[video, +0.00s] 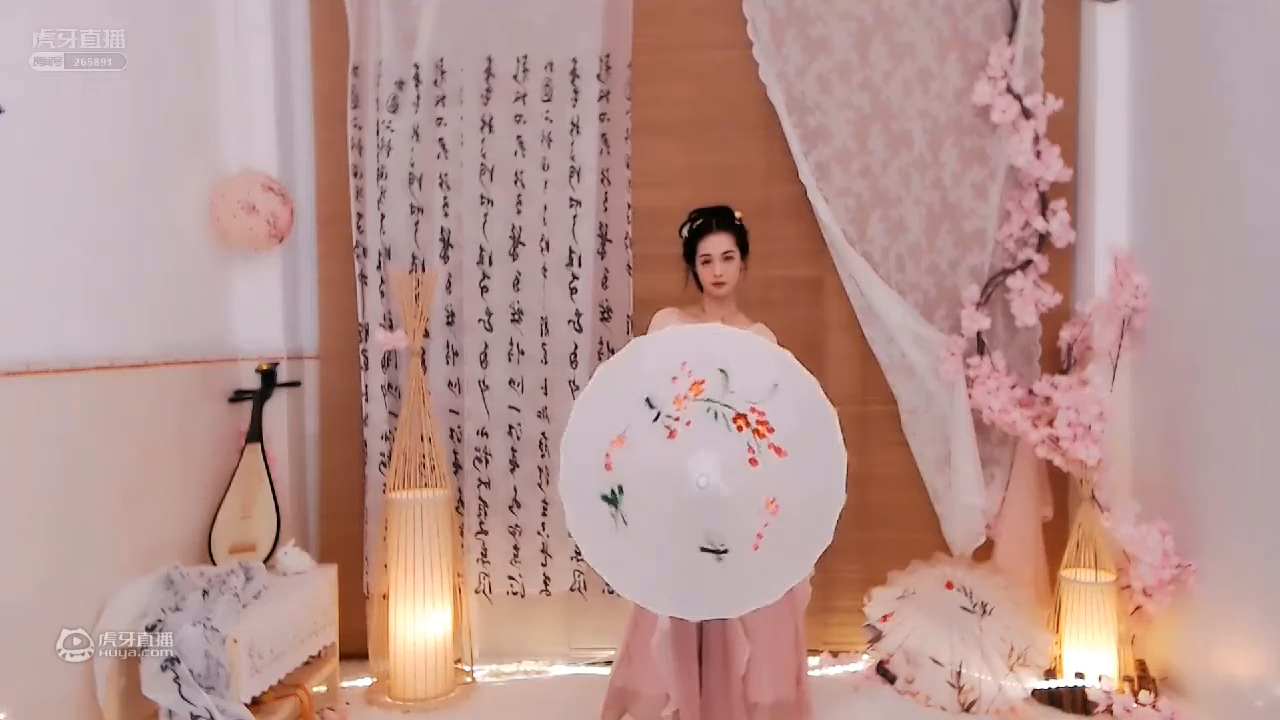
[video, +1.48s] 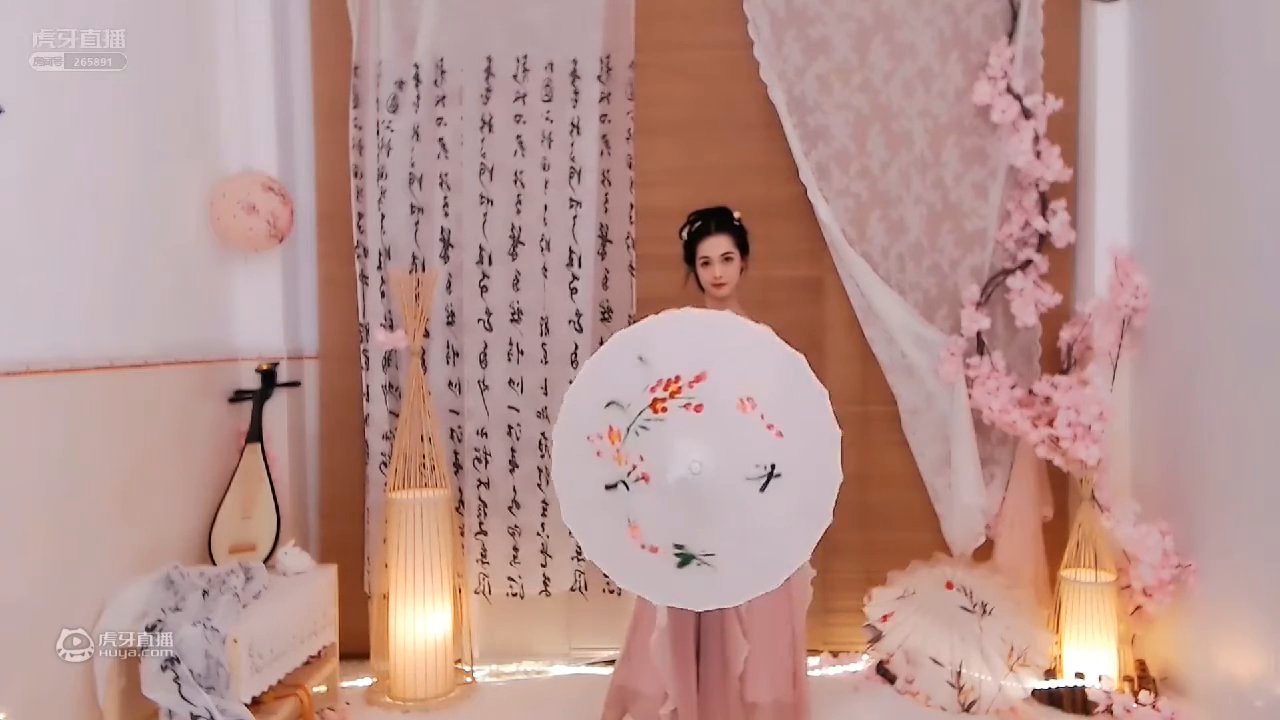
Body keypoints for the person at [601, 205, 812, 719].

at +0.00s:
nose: (717, 270)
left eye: (727, 257)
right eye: (706, 260)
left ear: (743, 262)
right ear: (692, 266)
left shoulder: (760, 335)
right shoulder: (669, 323)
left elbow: (779, 424)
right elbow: (649, 410)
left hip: (744, 489)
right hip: (680, 486)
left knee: (743, 607)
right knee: (678, 606)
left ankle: (741, 710)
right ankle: (678, 711)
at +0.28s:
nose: (717, 270)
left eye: (727, 258)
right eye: (706, 260)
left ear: (743, 263)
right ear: (692, 266)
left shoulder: (760, 335)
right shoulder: (670, 322)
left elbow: (781, 416)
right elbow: (649, 407)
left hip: (745, 478)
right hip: (678, 474)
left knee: (743, 595)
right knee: (678, 594)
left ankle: (741, 708)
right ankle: (675, 709)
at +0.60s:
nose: (718, 270)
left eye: (729, 258)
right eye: (708, 260)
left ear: (745, 263)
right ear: (695, 268)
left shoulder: (761, 339)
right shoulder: (673, 337)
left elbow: (786, 430)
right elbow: (651, 421)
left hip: (750, 485)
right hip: (683, 483)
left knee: (747, 605)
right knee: (683, 606)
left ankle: (747, 709)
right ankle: (679, 710)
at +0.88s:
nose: (719, 271)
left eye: (729, 258)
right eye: (708, 260)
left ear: (745, 263)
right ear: (695, 267)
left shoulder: (766, 339)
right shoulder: (672, 336)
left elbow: (790, 428)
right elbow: (646, 421)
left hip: (752, 489)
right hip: (684, 486)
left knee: (748, 609)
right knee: (682, 609)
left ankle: (749, 710)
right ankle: (679, 711)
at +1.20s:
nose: (718, 271)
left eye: (728, 258)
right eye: (707, 261)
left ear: (744, 263)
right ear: (694, 267)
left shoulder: (766, 343)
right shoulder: (671, 333)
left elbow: (796, 430)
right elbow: (635, 415)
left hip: (752, 499)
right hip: (682, 498)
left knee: (750, 618)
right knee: (681, 620)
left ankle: (747, 712)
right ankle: (677, 713)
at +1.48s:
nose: (716, 271)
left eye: (726, 258)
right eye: (706, 261)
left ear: (743, 263)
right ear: (693, 268)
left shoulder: (760, 338)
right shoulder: (672, 336)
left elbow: (785, 428)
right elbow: (647, 421)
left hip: (746, 493)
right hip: (683, 490)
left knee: (745, 607)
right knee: (680, 608)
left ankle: (744, 710)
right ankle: (677, 711)